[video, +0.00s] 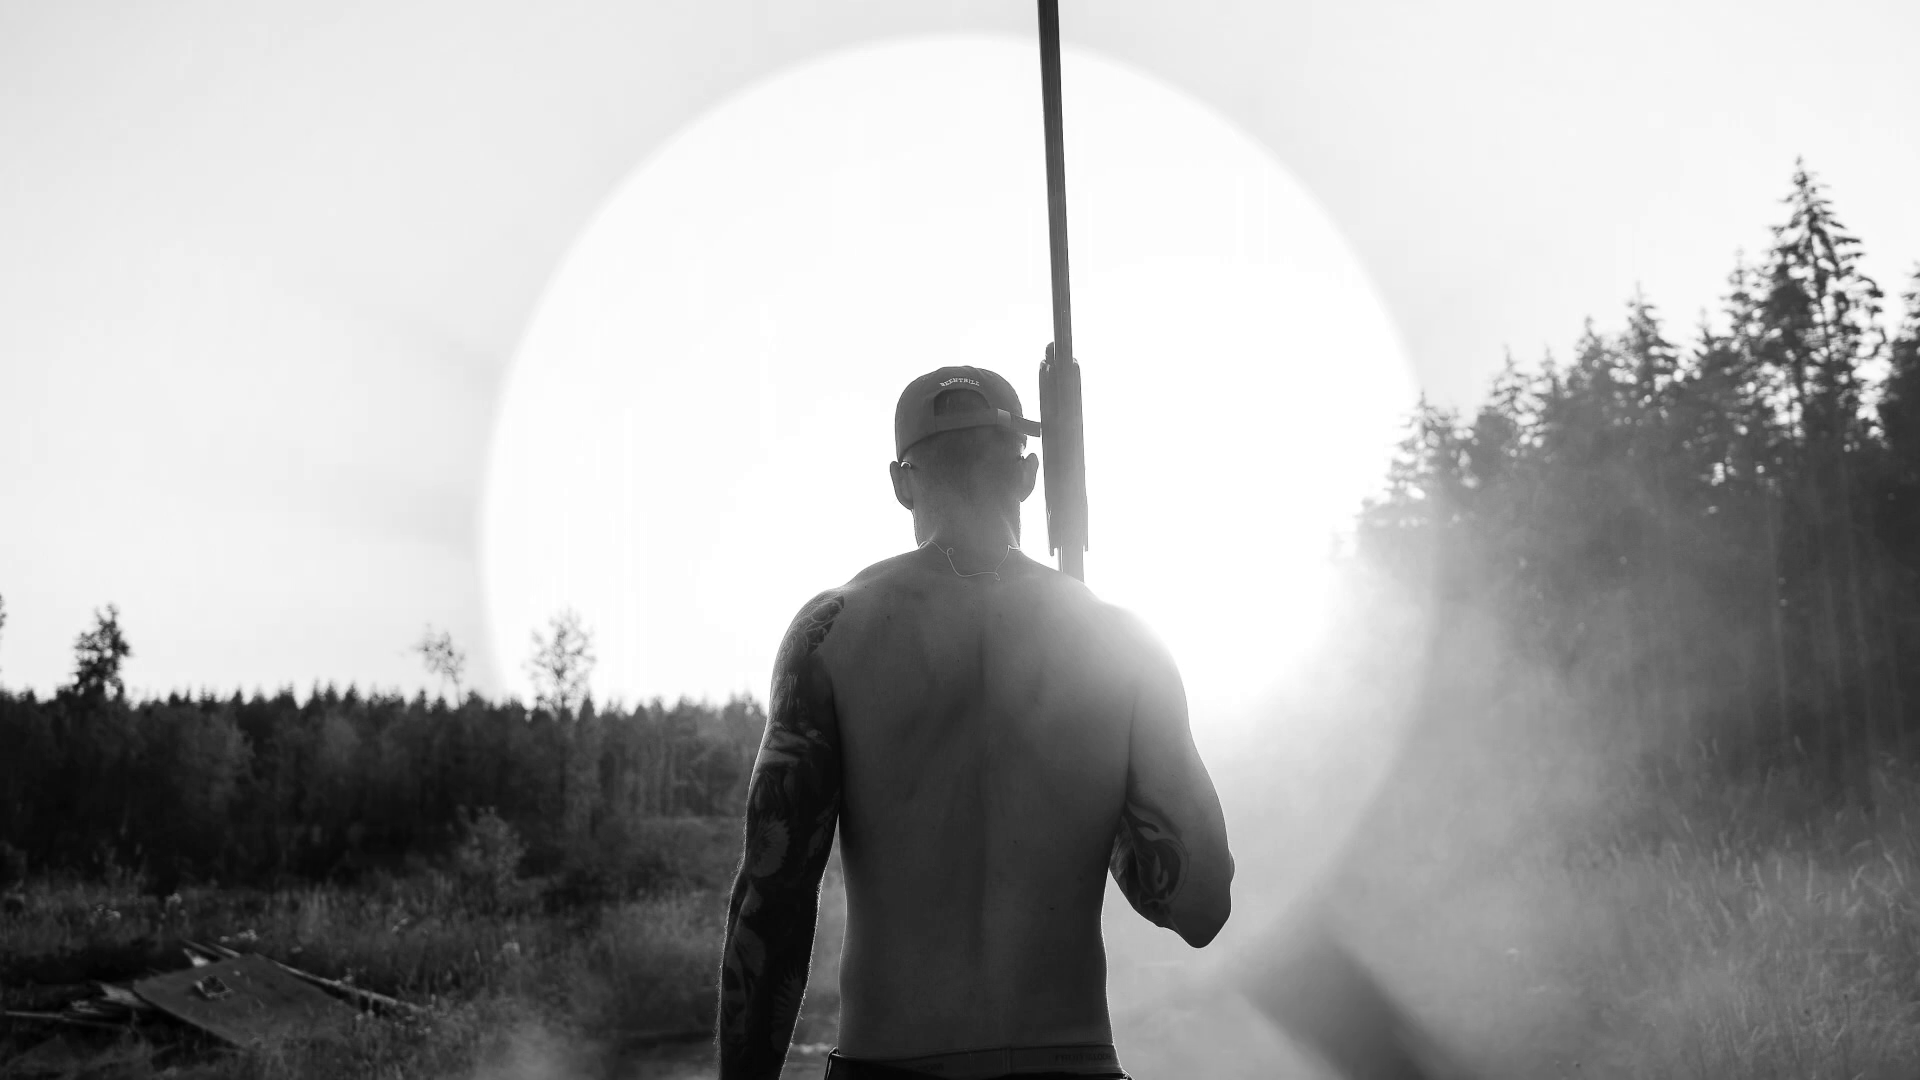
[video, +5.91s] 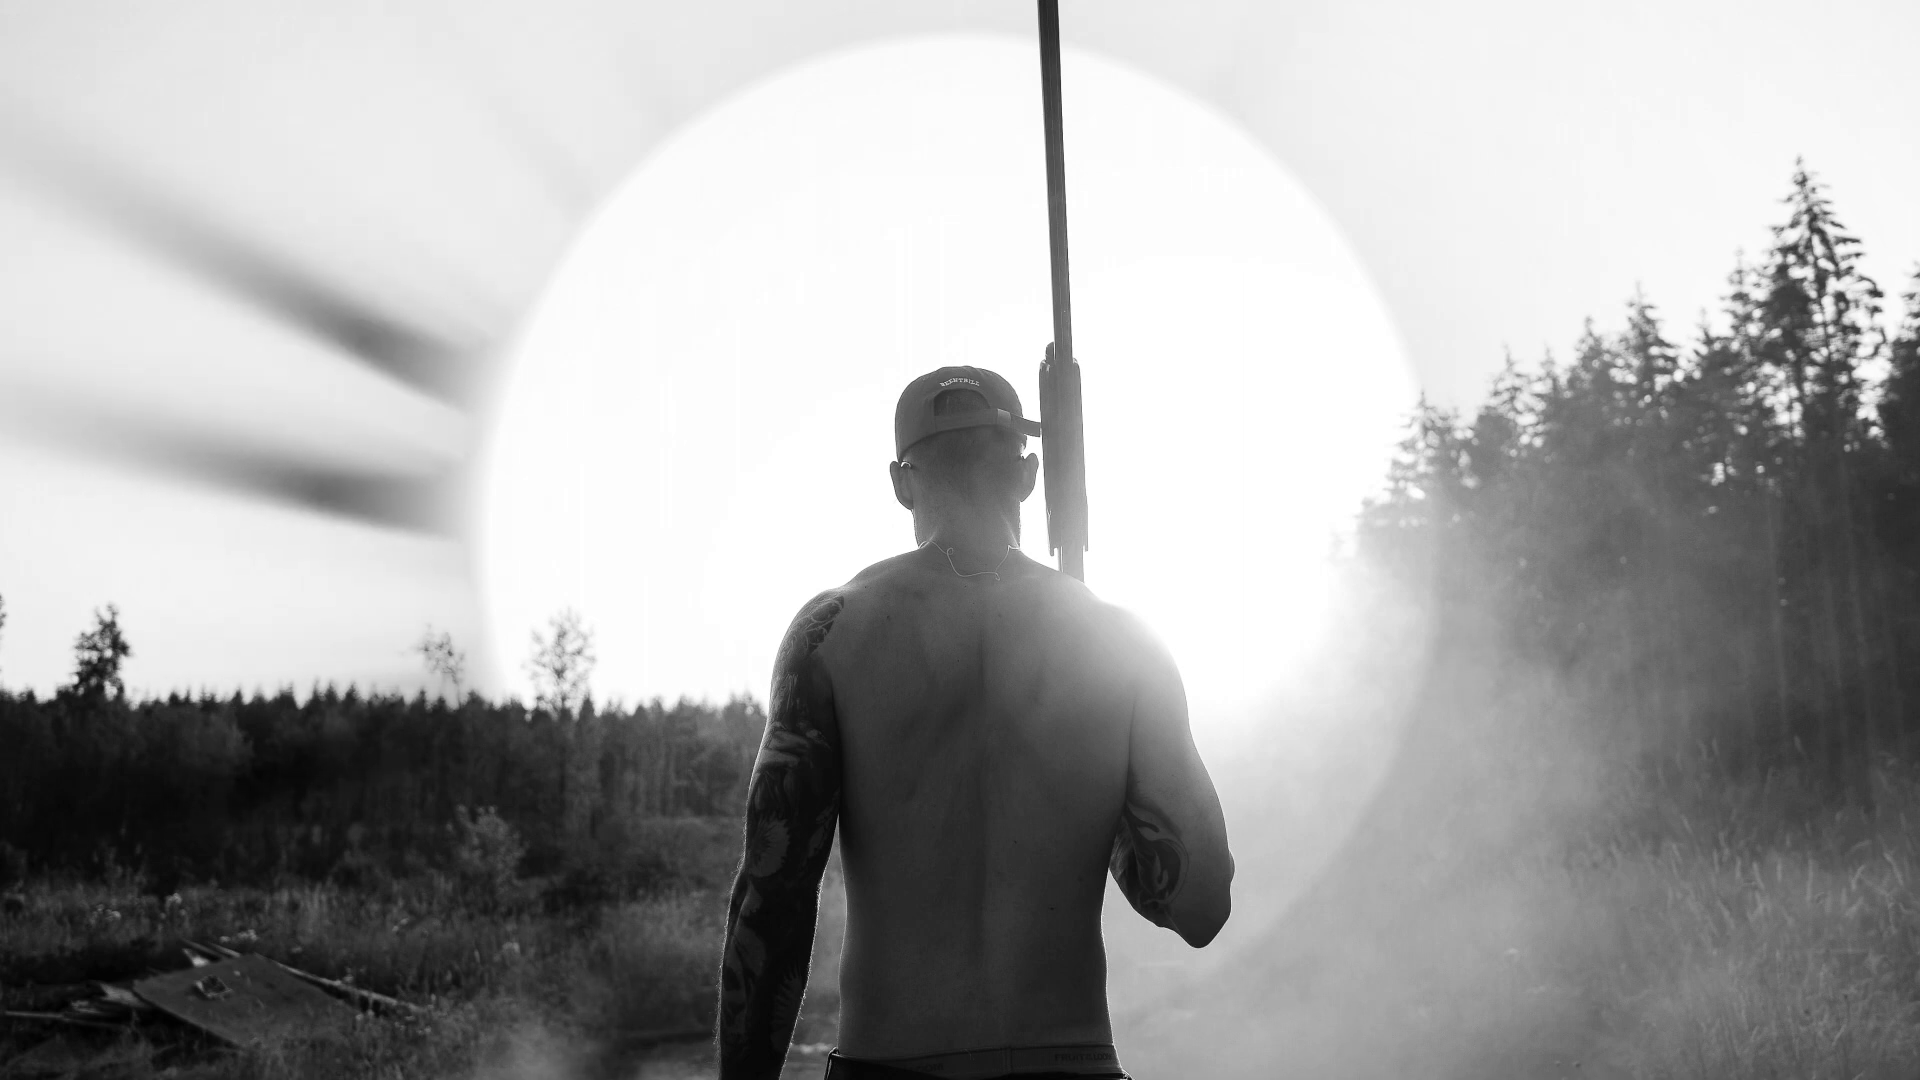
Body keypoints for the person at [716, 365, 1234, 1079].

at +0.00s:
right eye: (1018, 451)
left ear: (902, 484)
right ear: (1028, 476)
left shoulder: (832, 630)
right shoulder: (1122, 641)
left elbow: (773, 886)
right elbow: (1201, 904)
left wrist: (748, 1063)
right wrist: (1100, 803)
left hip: (885, 1045)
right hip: (1066, 1045)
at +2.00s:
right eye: (1018, 452)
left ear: (902, 484)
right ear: (1027, 476)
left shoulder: (832, 630)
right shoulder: (1121, 641)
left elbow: (773, 886)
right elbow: (1201, 904)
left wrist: (748, 1063)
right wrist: (1101, 803)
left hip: (885, 1045)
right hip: (1066, 1045)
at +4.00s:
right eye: (1018, 452)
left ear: (902, 484)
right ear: (1027, 476)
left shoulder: (832, 630)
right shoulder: (1121, 641)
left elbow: (773, 886)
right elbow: (1201, 904)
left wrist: (748, 1063)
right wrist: (1101, 804)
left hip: (885, 1045)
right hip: (1066, 1045)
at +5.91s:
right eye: (1015, 448)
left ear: (903, 486)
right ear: (1028, 477)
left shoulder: (831, 630)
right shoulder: (1121, 641)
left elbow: (773, 886)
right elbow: (1201, 905)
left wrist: (747, 1062)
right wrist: (1101, 800)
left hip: (886, 1046)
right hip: (1068, 1046)